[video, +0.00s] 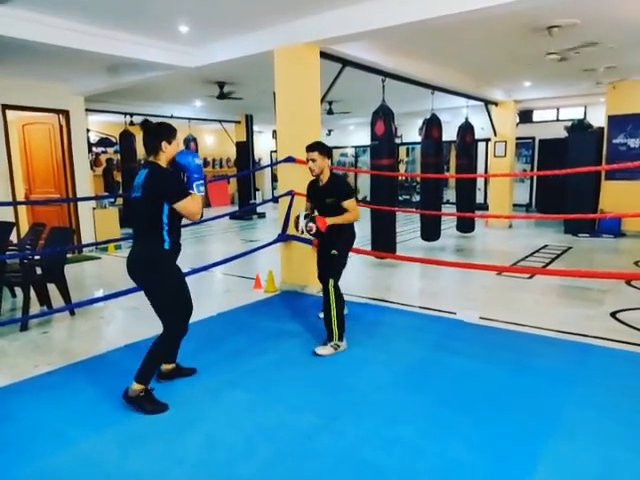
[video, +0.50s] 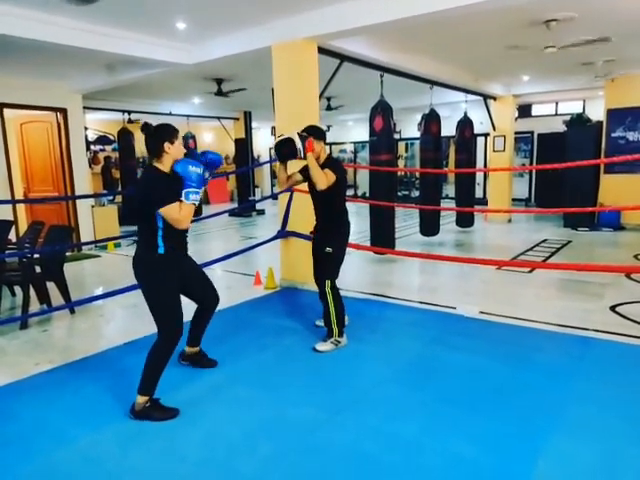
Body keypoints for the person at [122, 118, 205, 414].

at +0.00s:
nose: (179, 147)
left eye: (178, 142)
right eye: (176, 143)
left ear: (155, 146)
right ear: (165, 145)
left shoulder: (145, 173)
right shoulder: (164, 176)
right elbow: (194, 211)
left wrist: (187, 193)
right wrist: (194, 181)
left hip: (147, 256)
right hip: (154, 261)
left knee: (182, 308)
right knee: (176, 322)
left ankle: (168, 365)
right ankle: (137, 388)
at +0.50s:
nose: (183, 148)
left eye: (182, 142)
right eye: (180, 142)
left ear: (164, 148)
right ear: (167, 147)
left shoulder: (172, 176)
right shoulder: (152, 181)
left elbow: (185, 211)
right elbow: (182, 221)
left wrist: (200, 178)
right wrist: (193, 187)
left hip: (175, 259)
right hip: (154, 264)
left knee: (209, 298)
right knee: (171, 331)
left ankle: (192, 350)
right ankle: (142, 401)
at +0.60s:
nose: (190, 152)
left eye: (189, 147)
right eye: (186, 147)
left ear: (173, 152)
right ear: (173, 151)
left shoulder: (184, 179)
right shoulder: (156, 184)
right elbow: (179, 224)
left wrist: (239, 158)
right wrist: (192, 191)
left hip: (182, 261)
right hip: (158, 266)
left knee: (215, 300)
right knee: (173, 331)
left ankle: (215, 344)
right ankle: (143, 401)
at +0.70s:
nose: (196, 151)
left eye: (195, 146)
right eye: (192, 146)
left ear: (181, 151)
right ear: (179, 151)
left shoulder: (191, 176)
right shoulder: (163, 185)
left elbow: (229, 166)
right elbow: (185, 221)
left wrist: (256, 155)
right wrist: (198, 188)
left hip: (187, 262)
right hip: (165, 265)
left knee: (217, 300)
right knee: (174, 329)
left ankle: (222, 345)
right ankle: (144, 400)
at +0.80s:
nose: (200, 146)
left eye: (198, 141)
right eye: (197, 141)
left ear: (177, 147)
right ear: (188, 145)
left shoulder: (173, 172)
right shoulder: (195, 171)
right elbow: (235, 186)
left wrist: (216, 166)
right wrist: (234, 159)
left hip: (176, 249)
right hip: (185, 253)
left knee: (215, 294)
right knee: (178, 319)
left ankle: (223, 343)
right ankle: (139, 380)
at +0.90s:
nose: (201, 144)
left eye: (199, 139)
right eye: (198, 140)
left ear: (176, 147)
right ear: (190, 145)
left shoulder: (167, 175)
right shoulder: (207, 163)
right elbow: (248, 160)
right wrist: (255, 140)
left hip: (172, 248)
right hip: (189, 250)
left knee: (211, 290)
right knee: (180, 314)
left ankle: (222, 343)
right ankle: (140, 368)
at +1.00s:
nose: (199, 146)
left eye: (196, 141)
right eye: (196, 142)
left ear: (172, 146)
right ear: (187, 145)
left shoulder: (161, 176)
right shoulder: (202, 166)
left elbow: (163, 205)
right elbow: (245, 164)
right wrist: (254, 148)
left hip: (172, 248)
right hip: (189, 250)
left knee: (213, 291)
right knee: (183, 315)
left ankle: (223, 343)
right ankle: (143, 368)